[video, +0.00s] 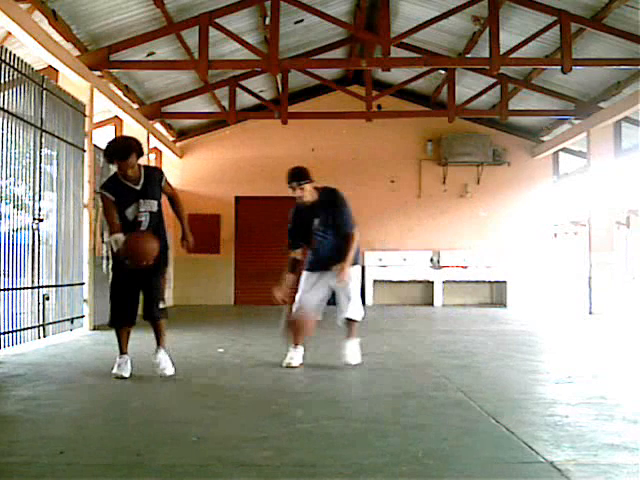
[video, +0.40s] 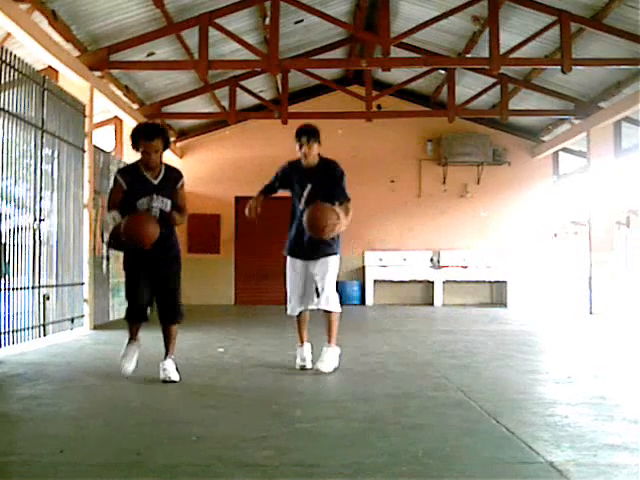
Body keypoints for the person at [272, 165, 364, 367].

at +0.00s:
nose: (297, 194)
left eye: (300, 188)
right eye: (293, 190)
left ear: (310, 185)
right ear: (291, 190)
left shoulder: (333, 197)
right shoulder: (299, 211)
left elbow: (352, 233)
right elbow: (297, 249)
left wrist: (346, 264)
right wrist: (287, 282)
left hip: (344, 262)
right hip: (316, 265)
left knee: (351, 305)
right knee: (301, 308)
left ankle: (351, 342)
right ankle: (296, 349)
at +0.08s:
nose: (296, 189)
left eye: (299, 183)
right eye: (291, 184)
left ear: (307, 178)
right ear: (288, 184)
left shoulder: (328, 192)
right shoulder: (292, 208)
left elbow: (348, 230)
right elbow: (285, 243)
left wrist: (342, 257)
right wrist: (270, 269)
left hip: (336, 260)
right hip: (308, 261)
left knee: (343, 305)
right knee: (297, 305)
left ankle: (339, 348)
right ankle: (295, 349)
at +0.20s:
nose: (296, 175)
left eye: (299, 170)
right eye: (293, 171)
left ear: (309, 168)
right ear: (290, 172)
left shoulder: (328, 186)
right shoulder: (291, 196)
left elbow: (351, 218)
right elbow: (276, 222)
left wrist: (346, 238)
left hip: (333, 258)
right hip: (305, 259)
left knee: (335, 306)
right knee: (298, 304)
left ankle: (330, 352)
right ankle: (298, 346)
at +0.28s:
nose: (301, 160)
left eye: (305, 155)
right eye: (297, 155)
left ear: (315, 154)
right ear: (294, 157)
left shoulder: (331, 177)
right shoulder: (292, 180)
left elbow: (351, 207)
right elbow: (270, 197)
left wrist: (345, 218)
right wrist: (257, 210)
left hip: (329, 254)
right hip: (301, 253)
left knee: (329, 303)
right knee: (298, 301)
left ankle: (329, 350)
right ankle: (303, 343)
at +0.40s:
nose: (305, 150)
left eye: (309, 145)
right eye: (301, 145)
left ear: (318, 145)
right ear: (296, 147)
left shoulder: (331, 169)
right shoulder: (291, 169)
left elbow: (345, 201)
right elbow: (270, 187)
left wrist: (344, 220)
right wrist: (257, 198)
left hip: (325, 247)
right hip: (297, 246)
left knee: (328, 297)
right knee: (299, 300)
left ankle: (332, 348)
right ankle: (303, 347)